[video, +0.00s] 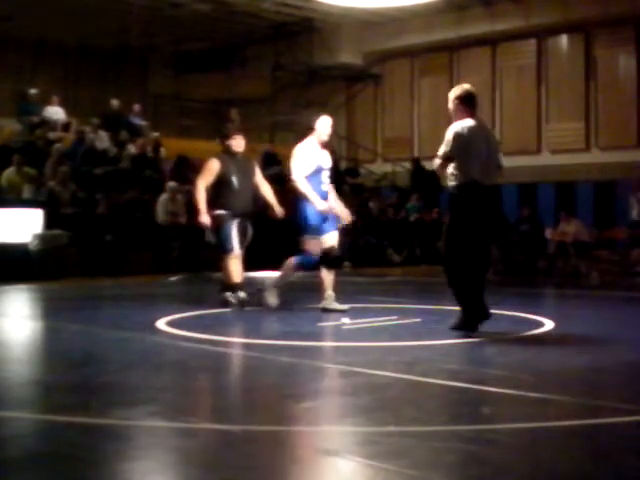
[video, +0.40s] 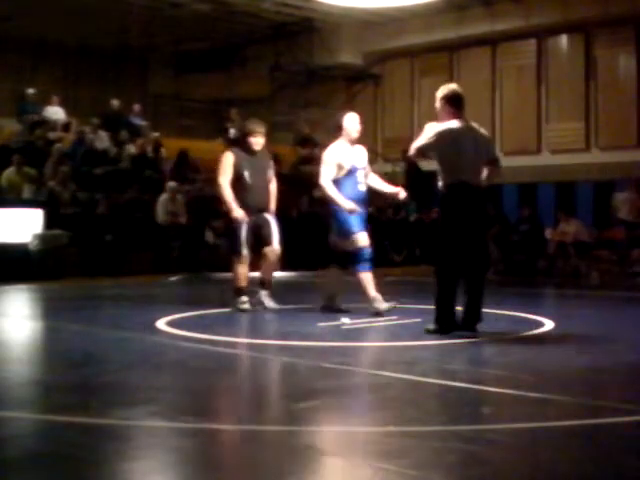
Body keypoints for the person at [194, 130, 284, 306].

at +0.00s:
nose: (239, 143)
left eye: (241, 139)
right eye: (234, 140)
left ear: (245, 141)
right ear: (226, 142)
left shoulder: (250, 164)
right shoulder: (217, 163)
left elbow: (263, 185)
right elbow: (201, 184)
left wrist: (275, 205)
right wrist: (203, 212)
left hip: (245, 213)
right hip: (225, 213)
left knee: (238, 252)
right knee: (233, 252)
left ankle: (230, 286)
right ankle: (237, 288)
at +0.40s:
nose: (258, 141)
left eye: (261, 136)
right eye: (254, 136)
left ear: (265, 138)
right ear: (245, 137)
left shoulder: (266, 157)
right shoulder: (231, 156)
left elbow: (272, 182)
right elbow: (224, 182)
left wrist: (271, 207)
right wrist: (235, 208)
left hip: (263, 210)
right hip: (243, 211)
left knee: (272, 250)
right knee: (243, 255)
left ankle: (264, 289)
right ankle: (241, 293)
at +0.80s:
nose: (291, 146)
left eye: (294, 142)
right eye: (288, 141)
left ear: (297, 142)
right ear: (277, 139)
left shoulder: (298, 161)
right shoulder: (257, 154)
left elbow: (302, 186)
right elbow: (243, 177)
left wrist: (306, 213)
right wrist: (242, 209)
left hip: (288, 213)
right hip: (263, 212)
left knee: (287, 256)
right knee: (259, 256)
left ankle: (287, 297)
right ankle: (253, 291)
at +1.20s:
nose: (302, 139)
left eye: (303, 135)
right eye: (298, 135)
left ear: (304, 135)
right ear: (286, 135)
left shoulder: (305, 155)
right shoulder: (267, 154)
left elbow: (311, 183)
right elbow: (255, 179)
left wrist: (319, 209)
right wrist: (254, 214)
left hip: (300, 211)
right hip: (277, 211)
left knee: (297, 259)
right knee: (281, 257)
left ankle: (289, 300)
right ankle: (278, 302)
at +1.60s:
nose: (313, 127)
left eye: (315, 123)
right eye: (309, 123)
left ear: (315, 125)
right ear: (295, 125)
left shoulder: (312, 150)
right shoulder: (279, 144)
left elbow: (311, 185)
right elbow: (276, 170)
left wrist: (330, 201)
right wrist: (290, 198)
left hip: (309, 211)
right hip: (285, 211)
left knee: (311, 256)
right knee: (282, 259)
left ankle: (312, 304)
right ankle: (279, 306)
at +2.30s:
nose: (336, 122)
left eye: (336, 117)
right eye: (332, 117)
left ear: (322, 120)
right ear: (320, 119)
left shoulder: (322, 143)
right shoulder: (310, 140)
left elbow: (326, 181)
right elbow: (310, 170)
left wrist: (337, 207)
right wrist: (322, 207)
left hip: (322, 211)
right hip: (311, 210)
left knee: (319, 261)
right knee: (312, 261)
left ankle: (317, 309)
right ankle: (310, 312)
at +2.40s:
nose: (338, 122)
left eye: (337, 117)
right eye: (335, 117)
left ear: (317, 119)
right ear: (323, 118)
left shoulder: (310, 141)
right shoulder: (317, 141)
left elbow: (310, 176)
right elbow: (319, 170)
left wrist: (326, 201)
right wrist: (330, 204)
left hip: (308, 207)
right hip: (314, 208)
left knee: (313, 262)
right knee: (313, 262)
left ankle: (313, 310)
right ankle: (311, 312)